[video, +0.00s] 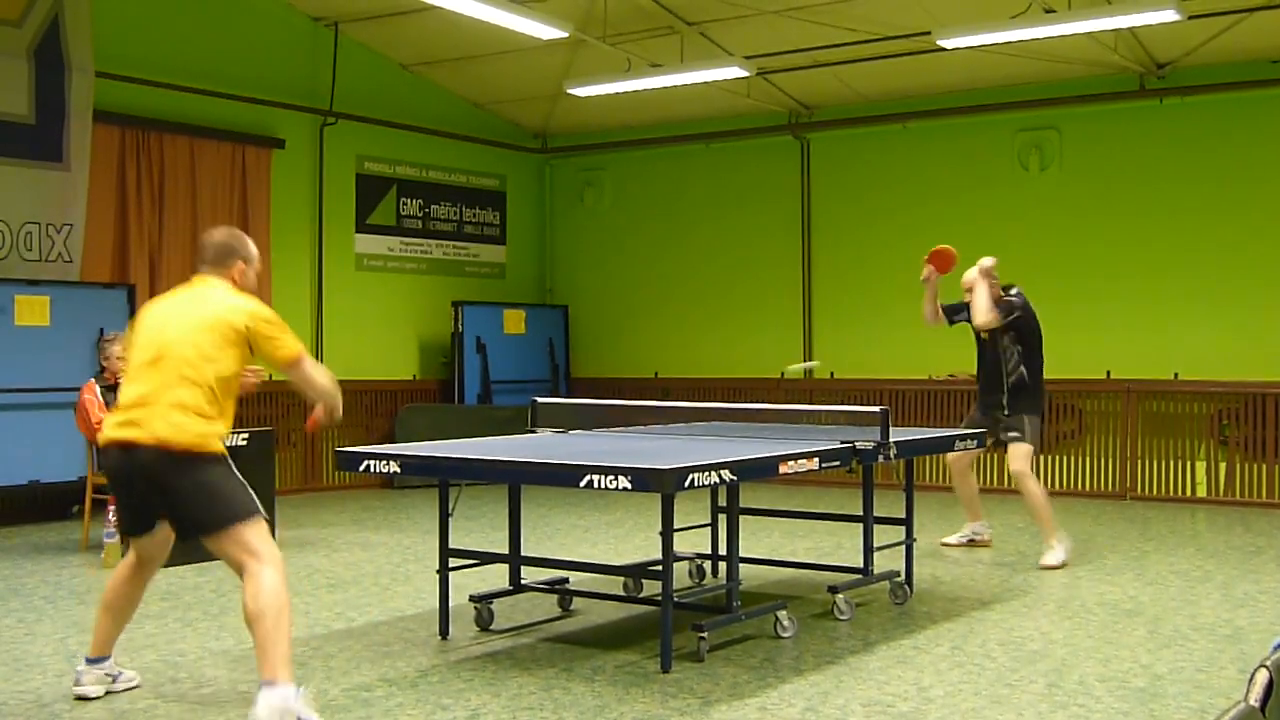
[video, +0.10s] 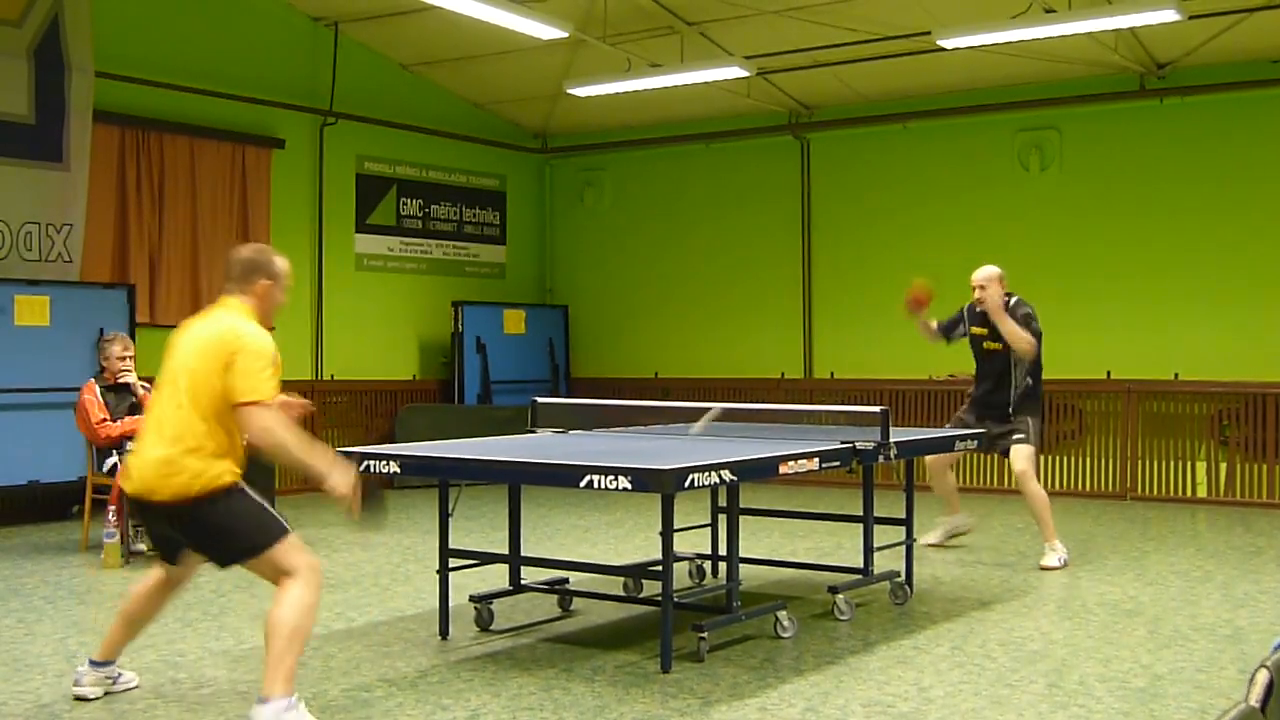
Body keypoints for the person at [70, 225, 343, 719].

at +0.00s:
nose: (259, 276)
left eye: (258, 267)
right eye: (256, 267)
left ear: (203, 266)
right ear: (240, 268)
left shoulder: (153, 307)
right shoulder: (245, 308)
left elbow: (145, 372)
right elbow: (315, 380)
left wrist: (227, 377)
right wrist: (332, 404)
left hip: (120, 446)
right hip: (186, 449)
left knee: (147, 549)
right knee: (260, 559)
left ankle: (95, 666)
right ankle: (278, 691)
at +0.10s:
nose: (284, 298)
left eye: (285, 288)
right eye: (282, 288)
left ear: (235, 283)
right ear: (263, 286)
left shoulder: (194, 326)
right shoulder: (250, 337)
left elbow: (194, 398)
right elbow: (259, 424)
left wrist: (266, 400)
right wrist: (332, 468)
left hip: (145, 480)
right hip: (197, 483)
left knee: (176, 566)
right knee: (301, 571)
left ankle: (99, 668)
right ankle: (277, 702)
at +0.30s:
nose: (358, 293)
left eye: (361, 283)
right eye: (350, 282)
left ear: (325, 281)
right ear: (315, 278)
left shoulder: (297, 318)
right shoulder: (301, 325)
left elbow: (290, 395)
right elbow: (303, 404)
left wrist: (350, 377)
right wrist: (415, 393)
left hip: (218, 480)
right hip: (254, 486)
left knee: (213, 564)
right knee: (358, 585)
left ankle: (134, 643)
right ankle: (282, 705)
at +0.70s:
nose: (445, 316)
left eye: (445, 309)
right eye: (446, 309)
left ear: (389, 306)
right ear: (437, 310)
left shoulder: (339, 352)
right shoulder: (447, 357)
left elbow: (303, 441)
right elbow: (511, 440)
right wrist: (530, 413)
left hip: (314, 506)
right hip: (395, 510)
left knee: (296, 574)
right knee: (471, 597)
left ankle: (239, 692)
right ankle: (472, 713)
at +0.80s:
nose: (445, 306)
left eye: (443, 299)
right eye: (444, 299)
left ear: (386, 299)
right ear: (436, 300)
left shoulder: (337, 344)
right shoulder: (453, 351)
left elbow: (310, 429)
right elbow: (508, 438)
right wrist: (466, 409)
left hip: (318, 497)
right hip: (401, 504)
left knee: (286, 569)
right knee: (474, 594)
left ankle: (228, 687)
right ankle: (471, 713)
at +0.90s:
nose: (430, 298)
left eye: (428, 291)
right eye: (430, 291)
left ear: (374, 290)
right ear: (421, 292)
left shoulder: (323, 340)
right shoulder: (438, 345)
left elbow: (296, 431)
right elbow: (482, 437)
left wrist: (350, 442)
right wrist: (433, 436)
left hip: (315, 494)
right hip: (398, 501)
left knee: (268, 584)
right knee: (470, 591)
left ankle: (198, 699)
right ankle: (471, 713)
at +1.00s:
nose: (435, 301)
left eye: (435, 292)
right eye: (435, 292)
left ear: (379, 290)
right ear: (421, 293)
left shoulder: (324, 341)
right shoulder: (430, 350)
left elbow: (292, 419)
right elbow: (447, 442)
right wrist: (497, 475)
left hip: (305, 499)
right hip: (384, 508)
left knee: (272, 591)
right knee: (468, 592)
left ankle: (198, 700)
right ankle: (467, 713)